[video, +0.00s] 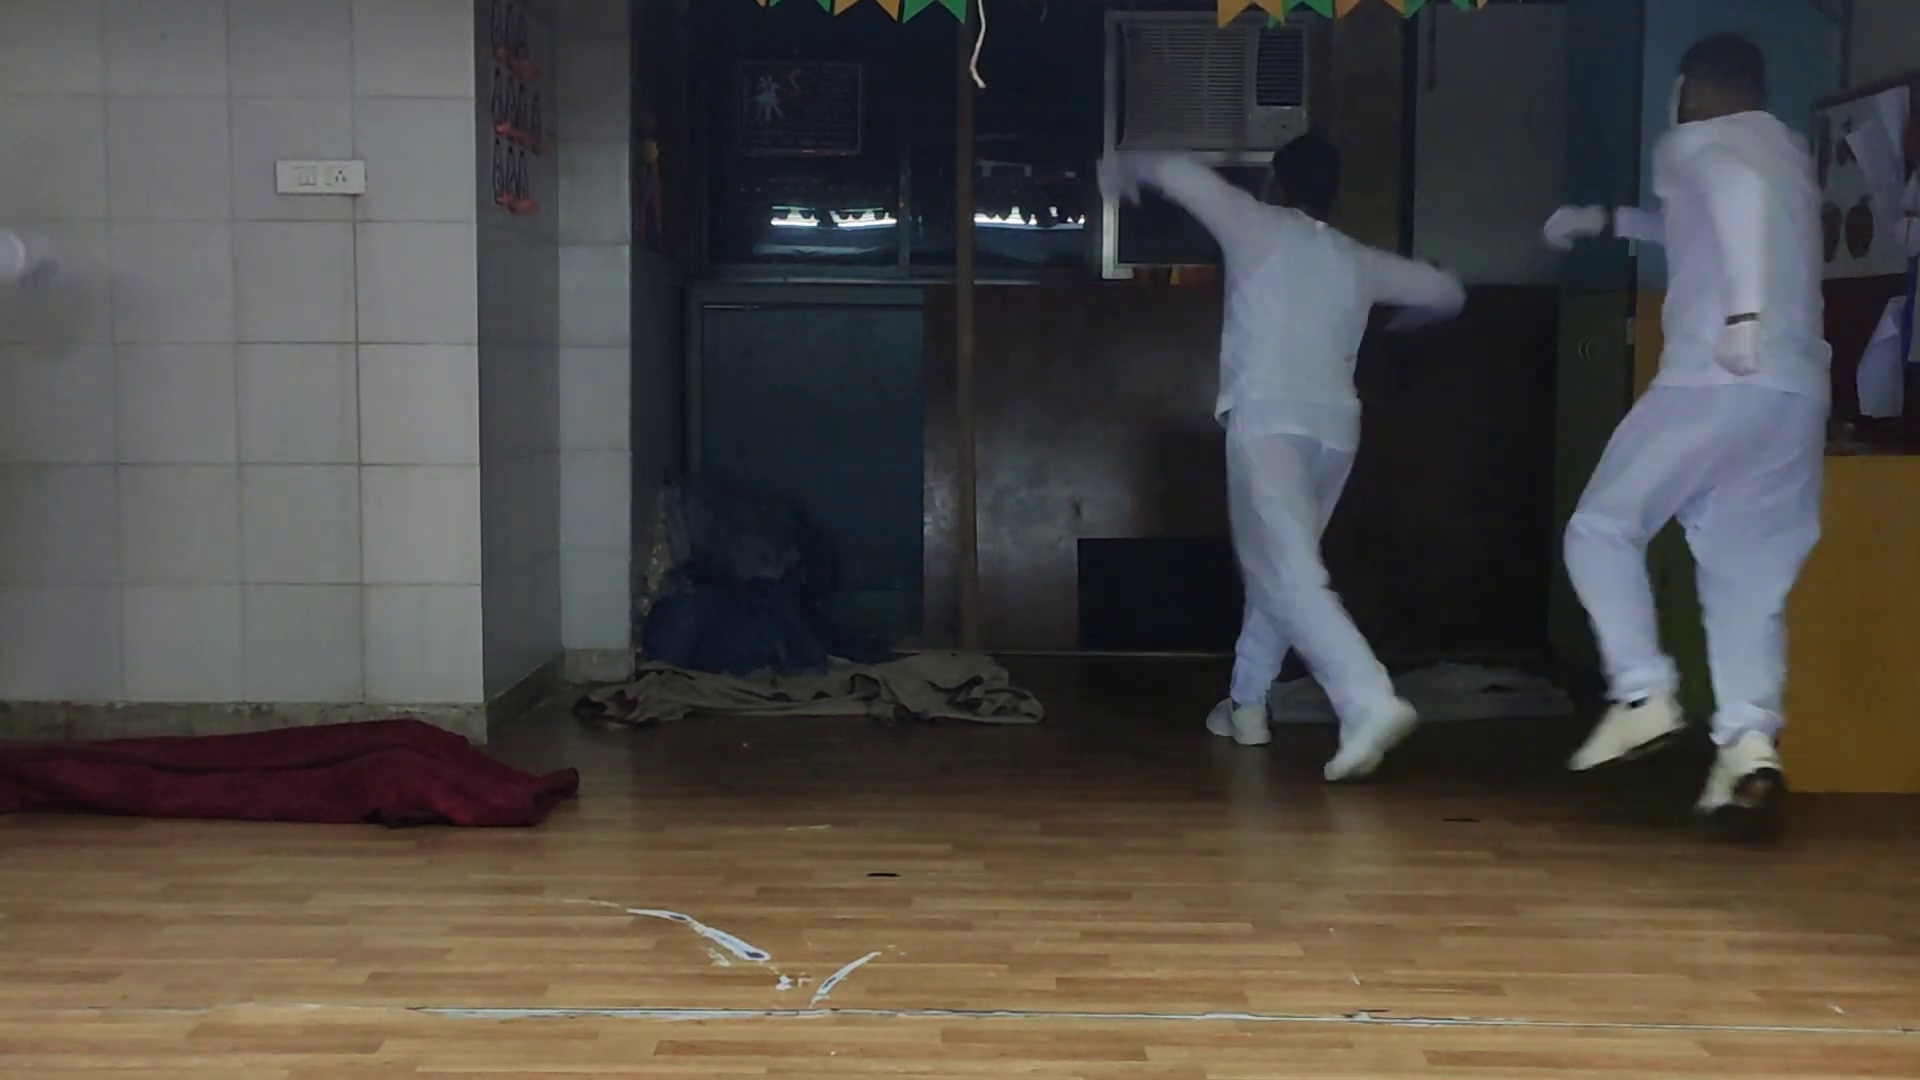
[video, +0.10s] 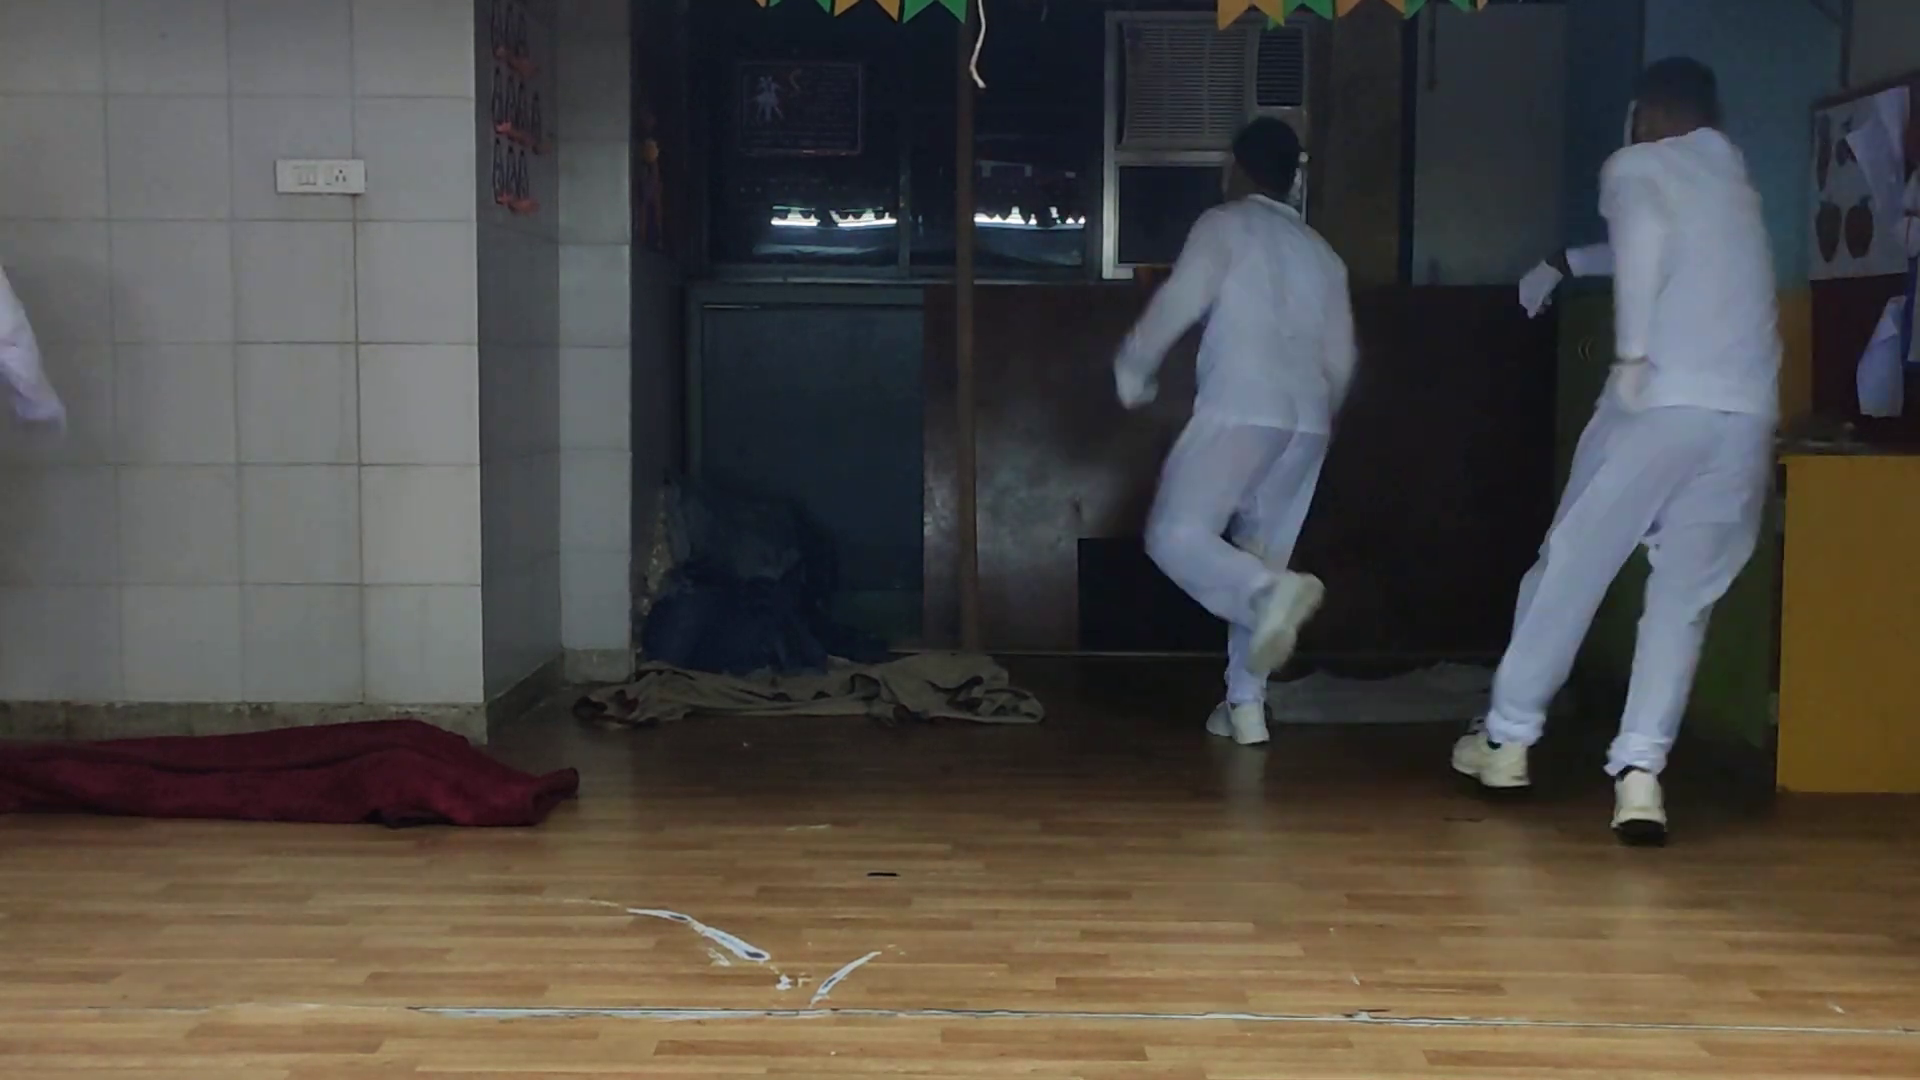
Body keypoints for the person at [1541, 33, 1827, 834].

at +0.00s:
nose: (1677, 105)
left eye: (1680, 91)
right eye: (1681, 93)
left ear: (1695, 88)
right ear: (1755, 92)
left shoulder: (1691, 138)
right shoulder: (1788, 158)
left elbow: (1737, 193)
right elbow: (1697, 233)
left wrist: (1744, 315)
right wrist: (1606, 220)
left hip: (1714, 377)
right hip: (1795, 391)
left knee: (1601, 526)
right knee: (1743, 570)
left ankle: (1640, 696)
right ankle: (1749, 744)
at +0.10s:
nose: (1633, 128)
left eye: (1636, 115)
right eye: (1638, 116)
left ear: (1650, 114)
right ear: (1707, 119)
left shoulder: (1637, 162)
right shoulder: (1734, 184)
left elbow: (1642, 233)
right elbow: (1656, 256)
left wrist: (1632, 354)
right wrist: (1564, 263)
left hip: (1660, 402)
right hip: (1745, 416)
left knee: (1574, 563)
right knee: (1682, 599)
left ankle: (1505, 739)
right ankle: (1641, 774)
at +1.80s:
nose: (1244, 191)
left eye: (1258, 180)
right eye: (1235, 180)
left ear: (1284, 187)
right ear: (1224, 188)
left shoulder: (1321, 250)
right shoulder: (1211, 250)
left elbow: (1383, 318)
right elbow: (1176, 307)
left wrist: (1362, 393)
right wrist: (1131, 308)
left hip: (1297, 423)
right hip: (1231, 419)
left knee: (1282, 535)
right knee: (1197, 532)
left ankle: (1312, 621)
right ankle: (1199, 653)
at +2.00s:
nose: (1283, 168)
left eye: (1295, 157)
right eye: (1271, 157)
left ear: (1314, 164)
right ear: (1254, 165)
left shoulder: (1344, 221)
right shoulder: (1228, 213)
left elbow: (1408, 245)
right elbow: (1175, 231)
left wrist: (1389, 304)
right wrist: (1191, 261)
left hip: (1321, 408)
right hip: (1243, 406)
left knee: (1348, 527)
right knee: (1207, 519)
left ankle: (1371, 644)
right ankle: (1229, 639)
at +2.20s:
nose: (1302, 207)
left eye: (1314, 195)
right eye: (1289, 196)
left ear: (1331, 201)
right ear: (1273, 202)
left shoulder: (1359, 273)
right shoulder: (1239, 260)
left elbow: (1372, 352)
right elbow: (1205, 320)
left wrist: (1335, 392)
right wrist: (1222, 376)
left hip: (1328, 436)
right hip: (1251, 433)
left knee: (1353, 545)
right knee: (1208, 528)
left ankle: (1374, 657)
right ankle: (1242, 646)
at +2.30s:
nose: (1276, 189)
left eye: (1288, 178)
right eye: (1264, 178)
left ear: (1307, 183)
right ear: (1248, 185)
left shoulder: (1336, 244)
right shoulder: (1220, 238)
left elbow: (1365, 328)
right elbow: (1198, 284)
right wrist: (1198, 334)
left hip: (1318, 422)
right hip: (1238, 417)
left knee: (1349, 541)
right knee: (1183, 503)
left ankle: (1374, 659)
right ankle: (1198, 627)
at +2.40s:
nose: (1238, 189)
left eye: (1251, 177)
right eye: (1226, 177)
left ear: (1271, 181)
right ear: (1211, 183)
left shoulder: (1296, 219)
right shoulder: (1194, 236)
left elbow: (1325, 282)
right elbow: (1195, 303)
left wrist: (1237, 272)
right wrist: (1200, 333)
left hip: (1305, 406)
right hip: (1227, 402)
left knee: (1334, 524)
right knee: (1175, 514)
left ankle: (1359, 633)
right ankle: (1144, 636)